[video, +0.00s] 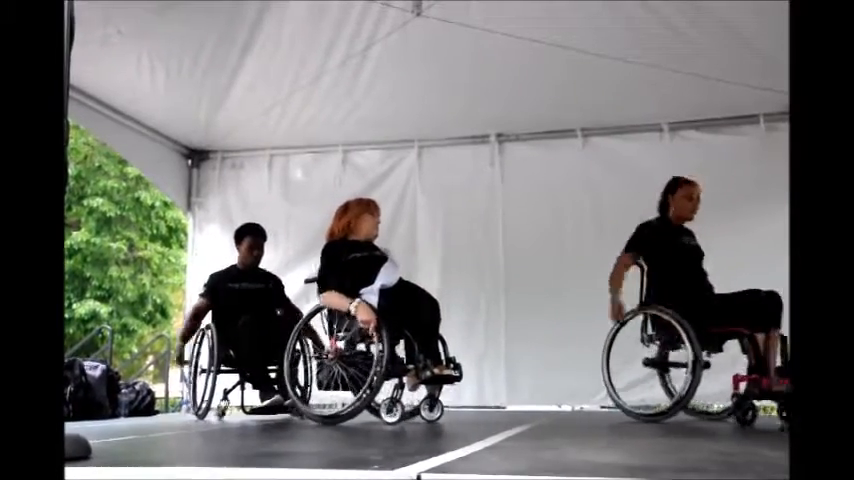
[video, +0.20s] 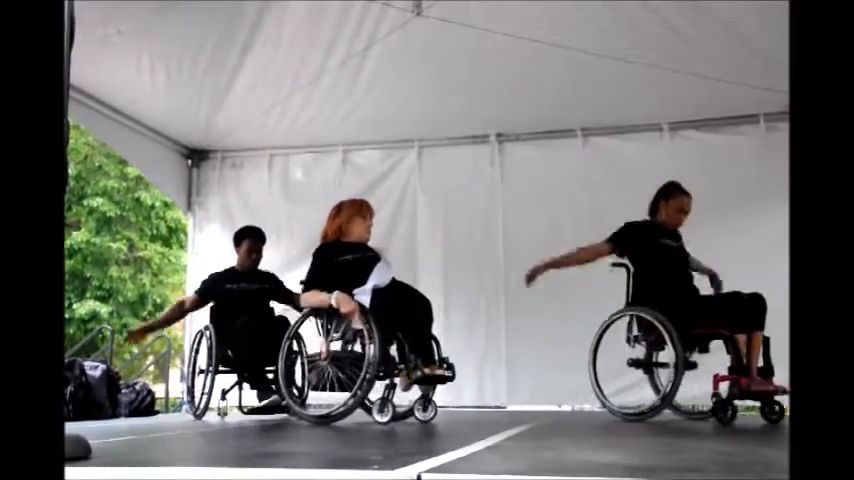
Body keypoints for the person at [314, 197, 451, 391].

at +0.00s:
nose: (378, 221)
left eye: (377, 217)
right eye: (373, 216)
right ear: (355, 221)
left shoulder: (372, 249)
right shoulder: (335, 249)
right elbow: (326, 295)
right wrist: (356, 306)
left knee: (428, 305)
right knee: (413, 312)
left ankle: (432, 364)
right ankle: (419, 368)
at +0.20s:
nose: (370, 224)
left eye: (370, 219)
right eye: (365, 219)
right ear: (346, 222)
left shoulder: (367, 251)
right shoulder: (327, 251)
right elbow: (306, 297)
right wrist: (334, 298)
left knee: (420, 305)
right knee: (405, 310)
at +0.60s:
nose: (353, 225)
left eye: (354, 220)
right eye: (347, 219)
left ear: (355, 225)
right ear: (329, 223)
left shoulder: (362, 253)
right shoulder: (314, 250)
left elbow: (394, 257)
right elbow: (285, 253)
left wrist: (425, 243)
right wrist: (274, 223)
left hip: (359, 311)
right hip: (330, 314)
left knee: (401, 305)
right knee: (383, 309)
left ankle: (410, 362)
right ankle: (401, 363)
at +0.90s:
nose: (343, 225)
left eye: (343, 221)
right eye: (337, 220)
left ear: (343, 226)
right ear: (320, 224)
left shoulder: (353, 255)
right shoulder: (307, 251)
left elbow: (395, 265)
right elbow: (300, 260)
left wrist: (438, 250)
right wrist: (309, 242)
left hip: (350, 307)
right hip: (319, 311)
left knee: (388, 304)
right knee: (369, 307)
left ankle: (399, 364)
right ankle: (382, 365)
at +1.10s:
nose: (339, 227)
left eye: (340, 222)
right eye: (333, 221)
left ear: (342, 226)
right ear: (317, 225)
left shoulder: (346, 256)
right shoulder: (300, 253)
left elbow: (370, 285)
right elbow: (300, 283)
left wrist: (401, 297)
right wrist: (318, 296)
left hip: (362, 299)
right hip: (335, 304)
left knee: (386, 306)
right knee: (369, 312)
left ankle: (393, 364)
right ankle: (384, 365)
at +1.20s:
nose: (340, 228)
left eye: (341, 223)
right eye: (333, 222)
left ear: (343, 227)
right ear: (318, 225)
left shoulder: (342, 255)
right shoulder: (300, 254)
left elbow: (356, 283)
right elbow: (300, 288)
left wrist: (389, 305)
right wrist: (315, 311)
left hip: (358, 295)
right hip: (333, 302)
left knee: (386, 309)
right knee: (370, 316)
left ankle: (389, 365)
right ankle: (385, 366)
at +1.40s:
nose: (338, 232)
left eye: (339, 227)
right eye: (333, 226)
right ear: (317, 228)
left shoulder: (337, 256)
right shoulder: (298, 256)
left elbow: (347, 285)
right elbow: (300, 295)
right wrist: (320, 323)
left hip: (352, 299)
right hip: (327, 305)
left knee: (383, 310)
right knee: (368, 316)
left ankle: (388, 365)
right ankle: (384, 366)